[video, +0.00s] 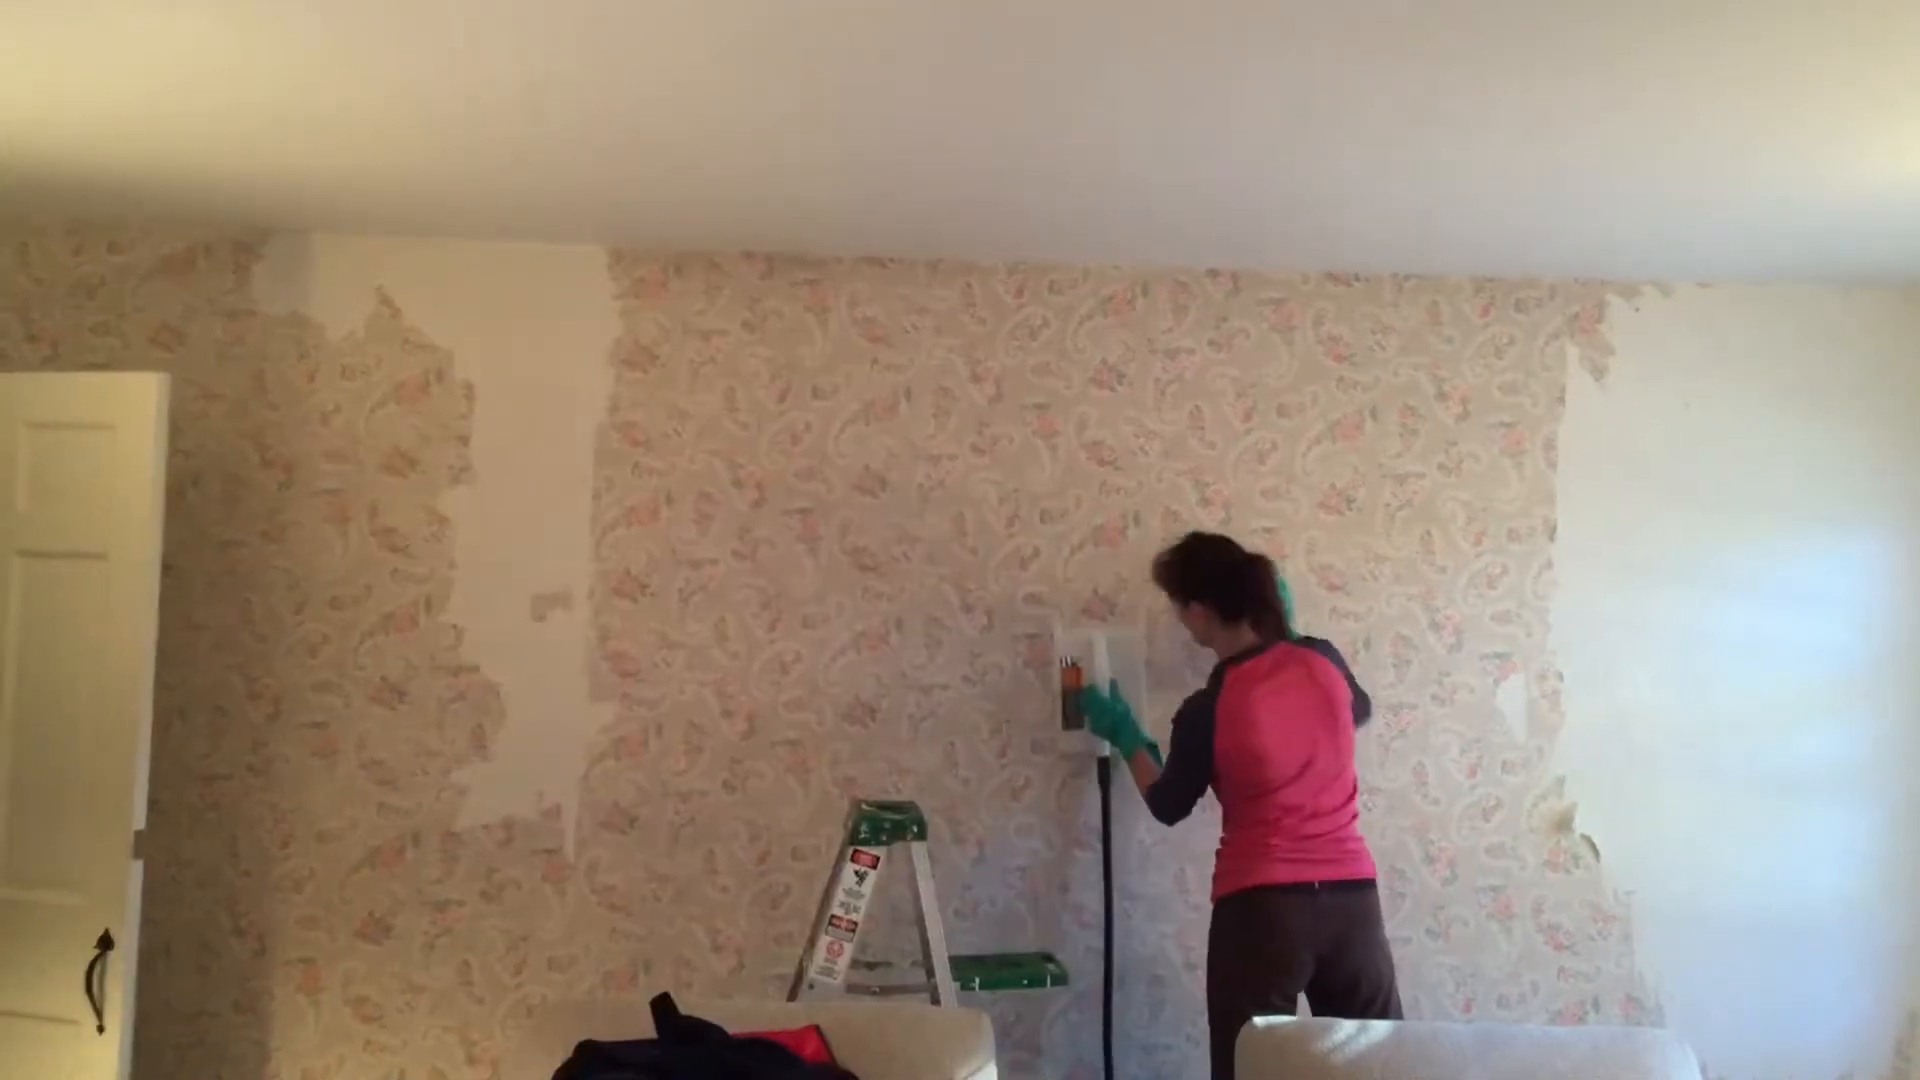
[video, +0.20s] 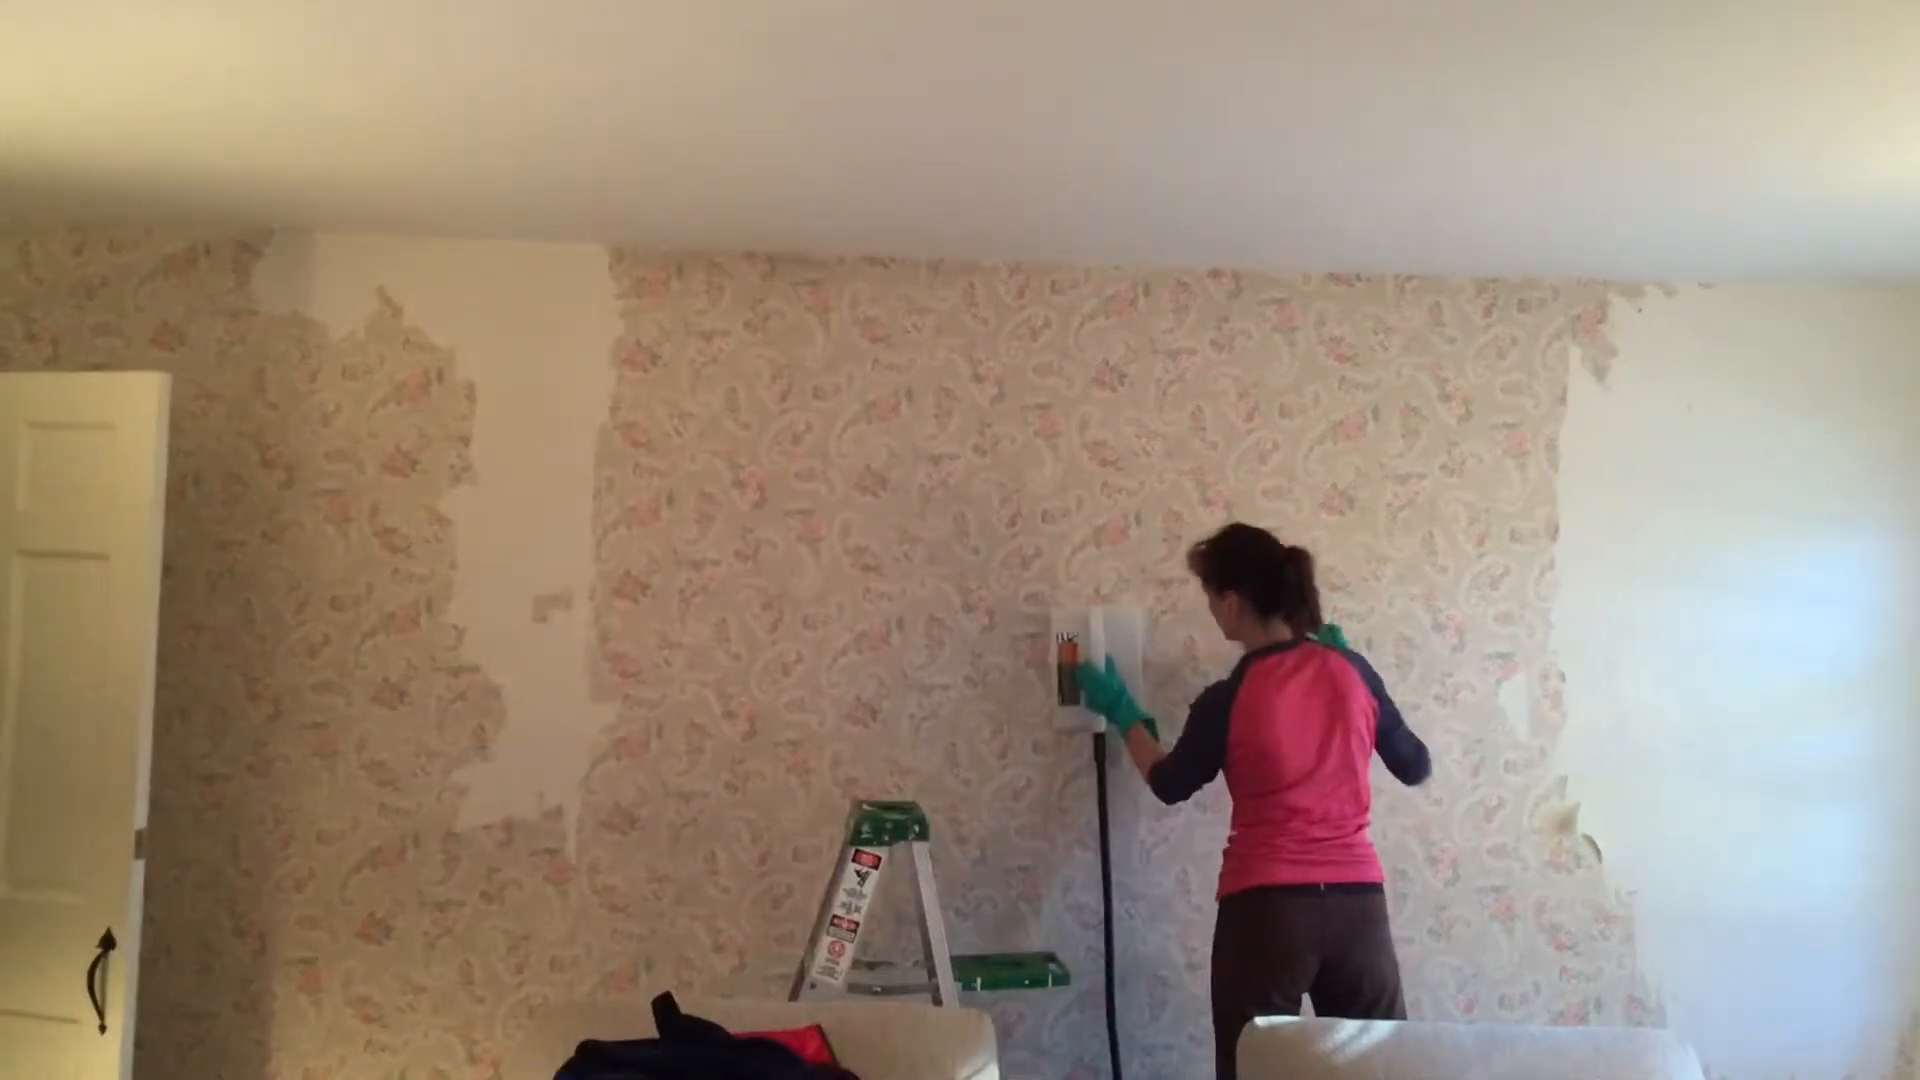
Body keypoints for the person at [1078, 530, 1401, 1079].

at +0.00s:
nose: (1181, 621)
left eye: (1180, 607)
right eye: (1178, 608)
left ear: (1203, 610)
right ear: (1258, 595)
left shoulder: (1207, 709)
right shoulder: (1323, 660)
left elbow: (1169, 804)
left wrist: (1127, 736)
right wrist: (1286, 639)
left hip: (1258, 917)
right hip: (1353, 911)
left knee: (1245, 1074)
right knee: (1380, 1070)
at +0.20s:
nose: (1212, 610)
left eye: (1211, 596)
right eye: (1208, 596)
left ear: (1233, 600)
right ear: (1288, 590)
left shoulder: (1228, 699)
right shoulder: (1354, 678)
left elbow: (1169, 783)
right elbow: (1414, 766)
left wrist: (1124, 714)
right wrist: (1351, 669)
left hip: (1263, 917)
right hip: (1358, 914)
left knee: (1251, 1074)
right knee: (1381, 1071)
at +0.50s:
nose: (1241, 608)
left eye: (1249, 594)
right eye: (1241, 594)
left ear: (1296, 599)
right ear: (1302, 597)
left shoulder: (1264, 691)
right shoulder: (1393, 685)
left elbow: (1180, 768)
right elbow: (1451, 804)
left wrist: (1129, 712)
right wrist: (1399, 735)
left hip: (1278, 920)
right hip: (1374, 922)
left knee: (1262, 1075)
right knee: (1385, 1074)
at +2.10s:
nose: (1292, 607)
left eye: (1296, 591)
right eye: (1294, 591)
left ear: (1316, 596)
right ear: (1372, 599)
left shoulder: (1277, 685)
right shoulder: (1426, 704)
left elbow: (1177, 751)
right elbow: (1449, 848)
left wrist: (1126, 709)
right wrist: (1379, 818)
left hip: (1268, 932)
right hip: (1371, 941)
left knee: (1253, 1073)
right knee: (1377, 1076)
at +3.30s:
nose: (1292, 599)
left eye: (1294, 590)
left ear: (1298, 602)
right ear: (1372, 608)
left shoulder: (1251, 687)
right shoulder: (1402, 701)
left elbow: (1155, 774)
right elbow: (1442, 838)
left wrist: (1124, 713)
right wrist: (1433, 770)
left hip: (1257, 927)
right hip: (1359, 933)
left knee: (1243, 1075)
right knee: (1382, 1075)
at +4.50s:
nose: (1218, 622)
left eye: (1221, 609)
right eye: (1216, 609)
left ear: (1257, 613)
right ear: (1296, 607)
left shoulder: (1239, 690)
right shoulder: (1374, 688)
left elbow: (1164, 750)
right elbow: (1418, 799)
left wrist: (1135, 672)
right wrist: (1430, 755)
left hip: (1261, 923)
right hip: (1359, 925)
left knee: (1247, 1074)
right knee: (1384, 1073)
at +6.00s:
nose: (1262, 617)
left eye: (1266, 600)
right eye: (1261, 601)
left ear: (1310, 605)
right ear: (1319, 603)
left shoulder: (1276, 686)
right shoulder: (1415, 693)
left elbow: (1167, 723)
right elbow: (1473, 815)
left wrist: (1123, 657)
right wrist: (1455, 766)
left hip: (1280, 934)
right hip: (1383, 939)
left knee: (1262, 1073)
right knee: (1419, 1076)